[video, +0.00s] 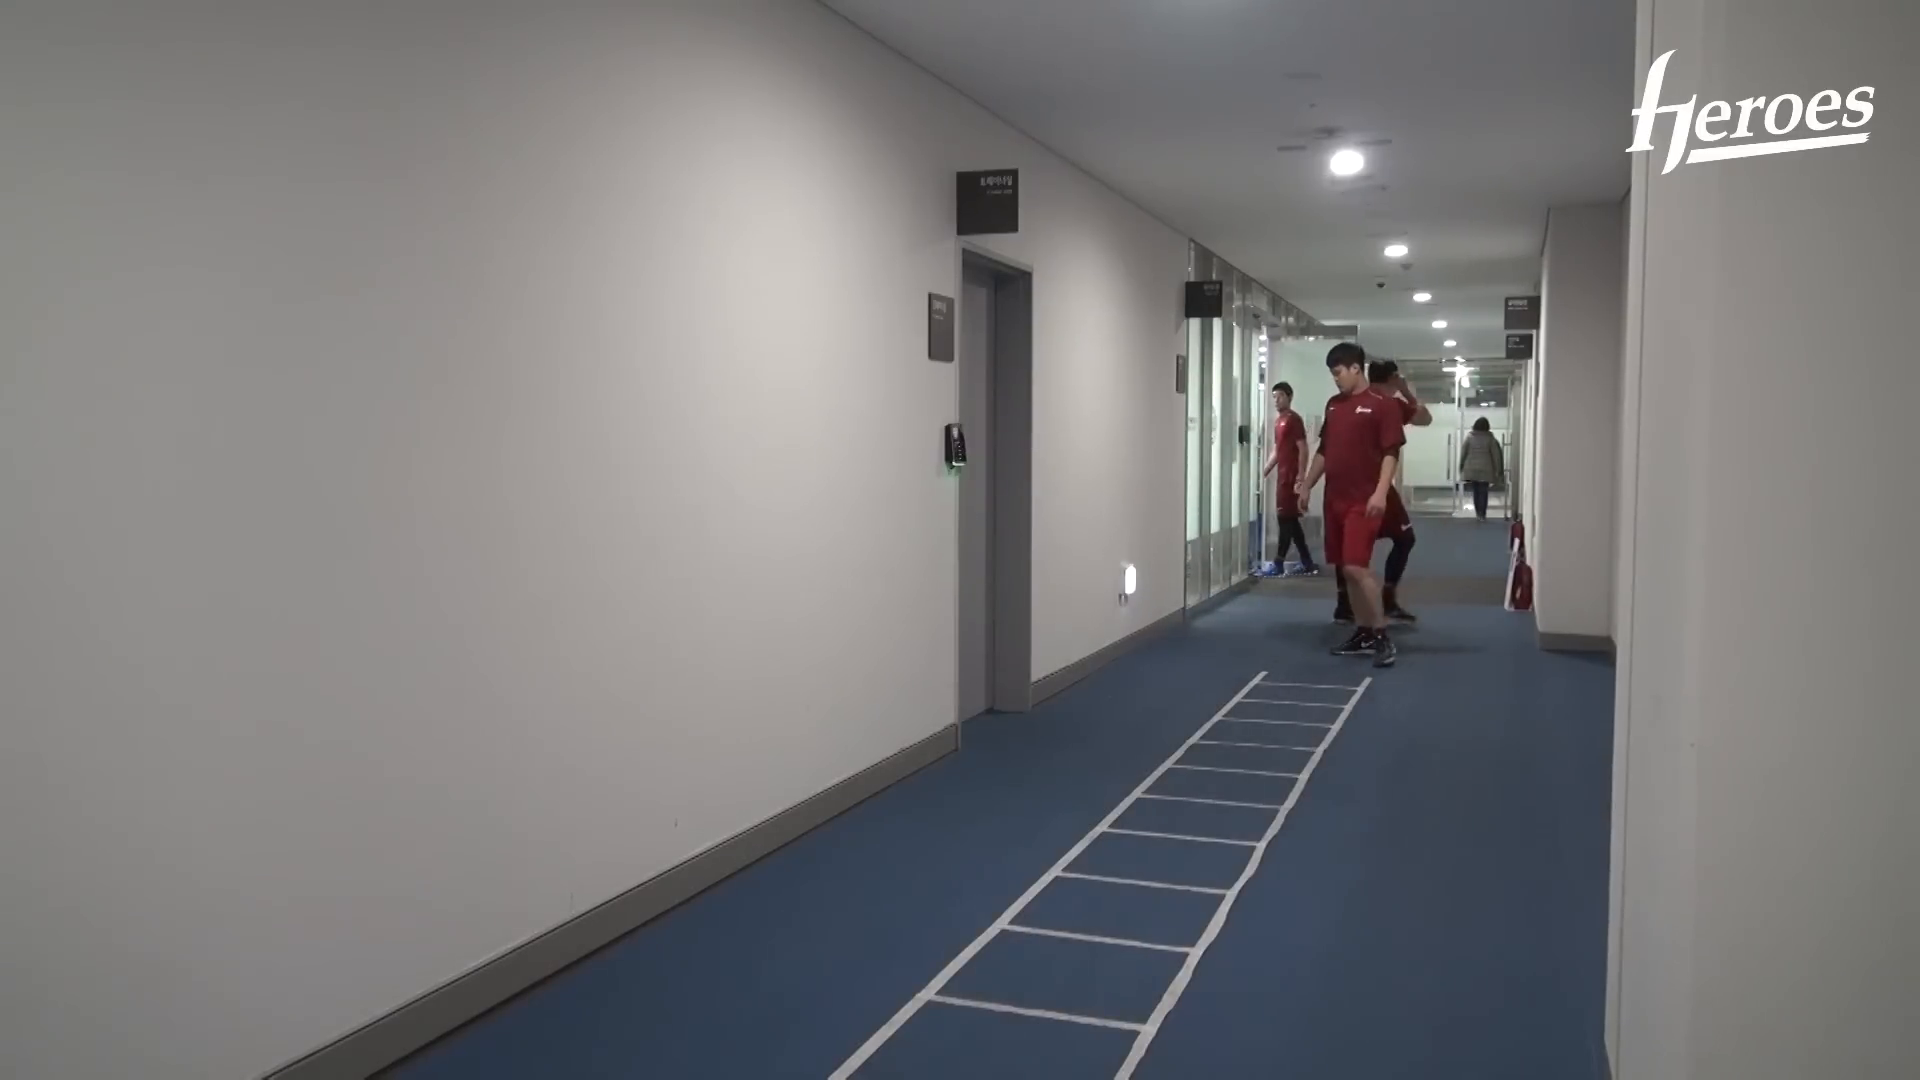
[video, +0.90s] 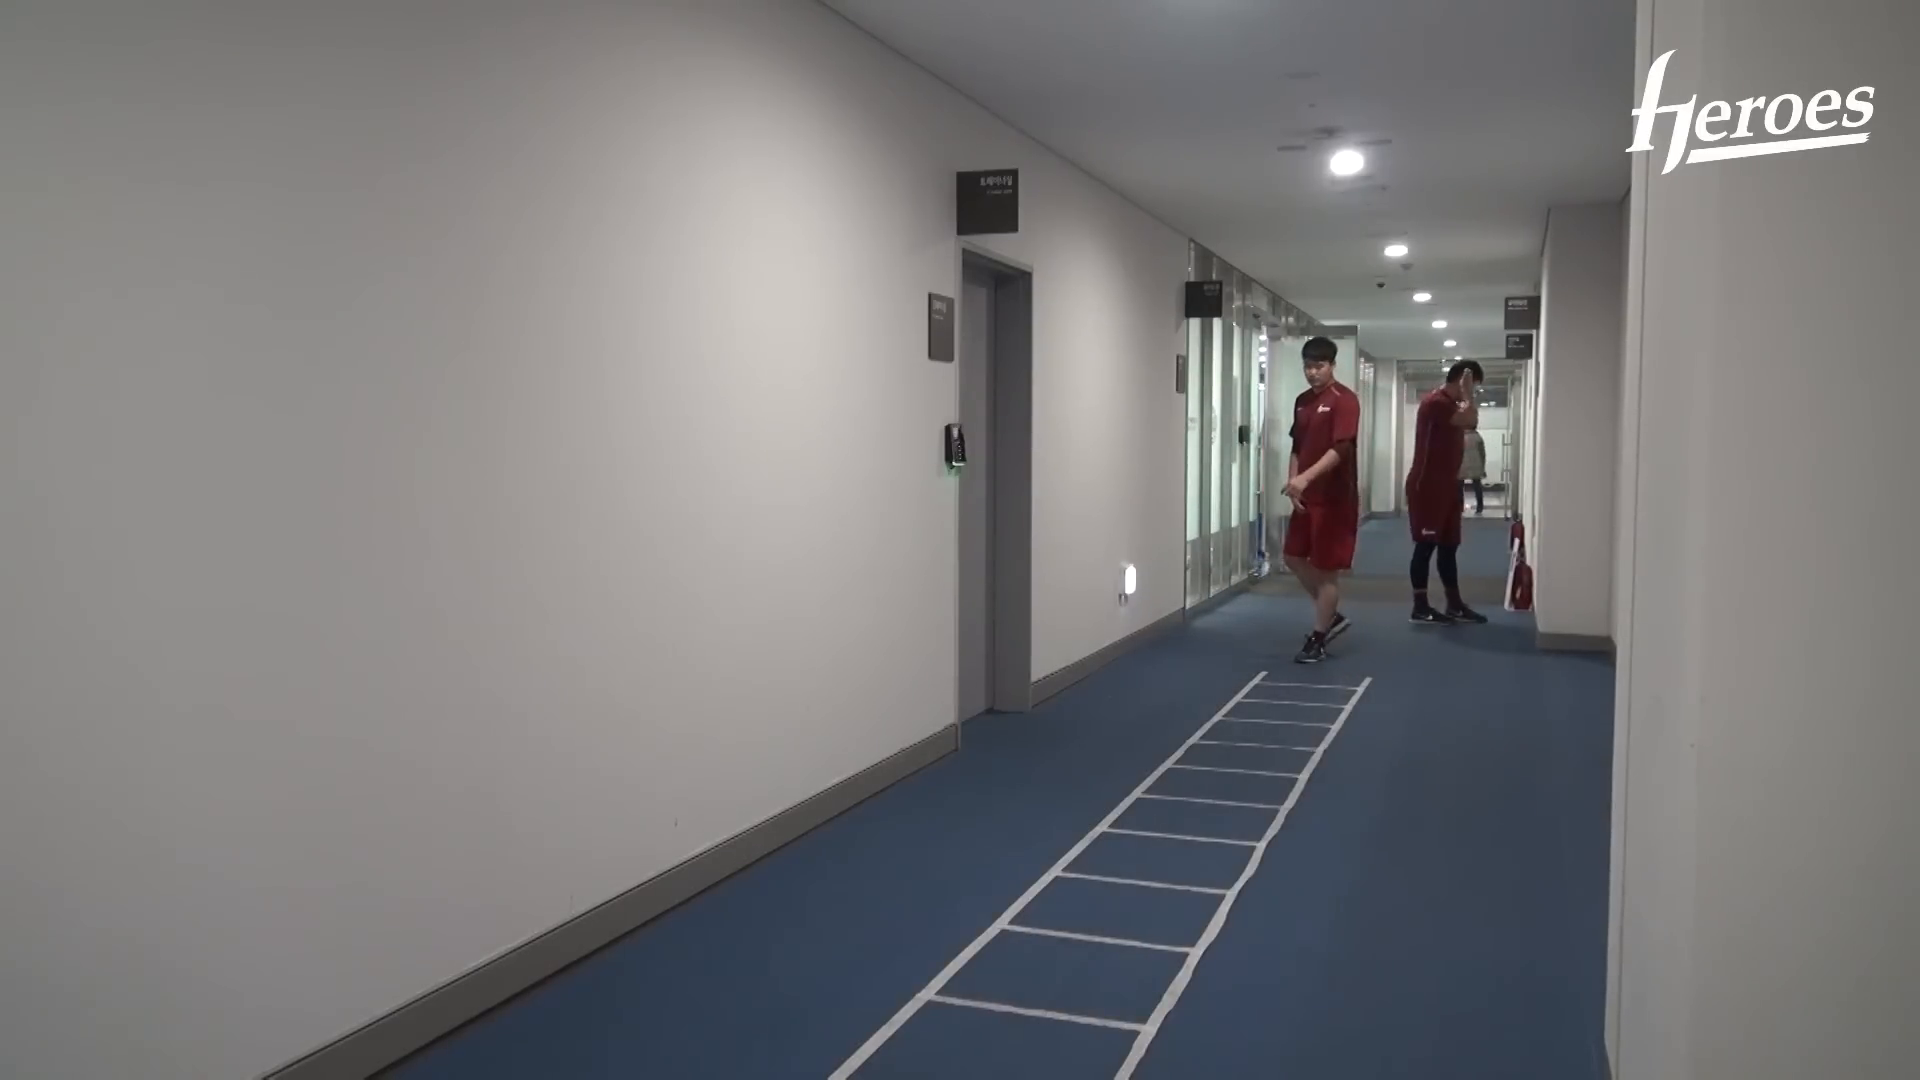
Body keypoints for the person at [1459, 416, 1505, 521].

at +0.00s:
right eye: (1487, 425)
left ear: (1475, 425)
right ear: (1487, 426)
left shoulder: (1470, 437)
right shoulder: (1490, 438)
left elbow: (1464, 453)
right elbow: (1496, 456)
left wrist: (1461, 466)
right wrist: (1498, 471)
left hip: (1472, 469)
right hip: (1485, 469)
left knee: (1476, 491)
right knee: (1484, 492)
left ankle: (1479, 513)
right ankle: (1482, 514)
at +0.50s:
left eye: (1476, 425)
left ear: (1473, 426)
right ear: (1484, 427)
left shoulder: (1468, 438)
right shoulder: (1487, 439)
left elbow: (1463, 452)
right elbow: (1493, 456)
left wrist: (1465, 461)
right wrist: (1495, 470)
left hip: (1470, 466)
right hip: (1483, 467)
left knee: (1476, 488)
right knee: (1483, 488)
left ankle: (1481, 511)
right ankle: (1483, 510)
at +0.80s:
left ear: (1464, 425)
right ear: (1478, 424)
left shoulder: (1461, 436)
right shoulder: (1480, 436)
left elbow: (1457, 451)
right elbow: (1486, 453)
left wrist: (1456, 461)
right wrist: (1488, 465)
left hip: (1465, 465)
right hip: (1479, 465)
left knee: (1465, 487)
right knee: (1478, 486)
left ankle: (1473, 505)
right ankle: (1479, 506)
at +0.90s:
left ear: (1464, 425)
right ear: (1475, 425)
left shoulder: (1460, 437)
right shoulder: (1477, 436)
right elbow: (1482, 453)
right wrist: (1482, 468)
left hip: (1462, 467)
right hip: (1476, 467)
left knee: (1459, 488)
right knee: (1477, 487)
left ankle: (1460, 507)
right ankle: (1479, 507)